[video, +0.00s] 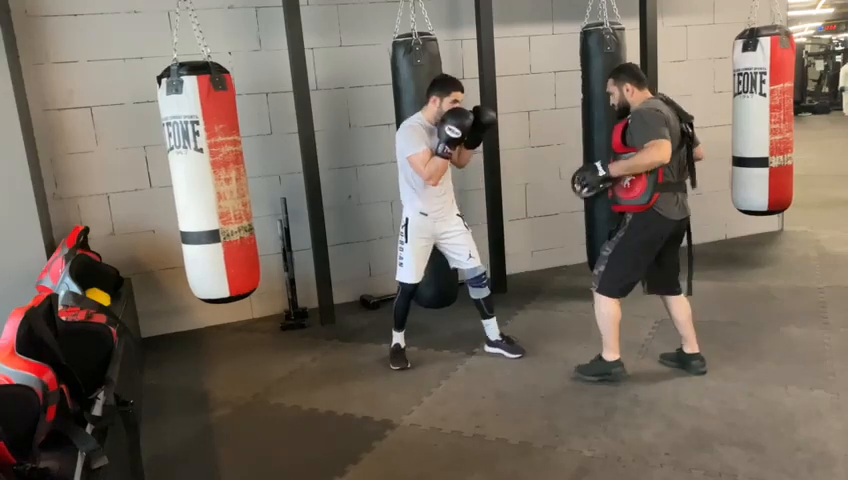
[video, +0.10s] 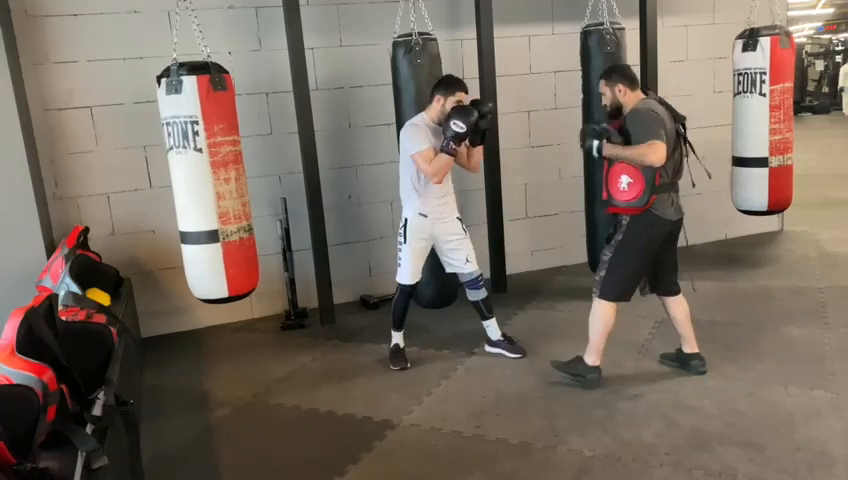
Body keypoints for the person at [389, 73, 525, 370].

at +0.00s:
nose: (457, 109)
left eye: (460, 104)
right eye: (454, 102)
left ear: (445, 102)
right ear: (434, 100)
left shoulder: (445, 127)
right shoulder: (409, 130)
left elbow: (461, 161)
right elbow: (430, 176)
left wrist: (475, 134)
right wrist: (448, 141)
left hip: (449, 217)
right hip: (418, 220)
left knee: (476, 275)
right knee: (408, 285)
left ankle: (494, 338)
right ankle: (397, 344)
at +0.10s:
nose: (460, 111)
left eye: (463, 106)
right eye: (457, 104)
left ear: (453, 104)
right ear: (439, 100)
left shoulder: (448, 128)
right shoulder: (413, 129)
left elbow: (472, 164)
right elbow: (435, 173)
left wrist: (479, 130)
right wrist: (454, 136)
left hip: (449, 219)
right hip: (418, 220)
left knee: (472, 276)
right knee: (407, 285)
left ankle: (495, 338)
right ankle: (396, 343)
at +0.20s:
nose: (464, 114)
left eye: (468, 109)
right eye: (462, 107)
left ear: (457, 108)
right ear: (444, 102)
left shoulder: (451, 132)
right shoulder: (416, 131)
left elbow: (484, 162)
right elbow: (438, 175)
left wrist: (484, 125)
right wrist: (458, 138)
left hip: (449, 221)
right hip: (418, 221)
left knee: (471, 279)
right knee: (410, 288)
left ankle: (495, 338)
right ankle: (396, 344)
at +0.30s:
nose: (462, 116)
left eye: (466, 112)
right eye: (460, 109)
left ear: (455, 109)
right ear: (444, 104)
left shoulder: (450, 132)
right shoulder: (413, 133)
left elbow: (484, 164)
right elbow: (432, 180)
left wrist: (483, 126)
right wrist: (456, 145)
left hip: (449, 221)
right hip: (417, 222)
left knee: (472, 279)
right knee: (408, 288)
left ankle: (495, 338)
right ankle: (389, 346)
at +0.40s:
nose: (460, 121)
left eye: (462, 116)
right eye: (457, 114)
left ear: (448, 113)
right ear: (439, 110)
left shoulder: (445, 137)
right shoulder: (408, 138)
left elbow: (472, 172)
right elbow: (425, 185)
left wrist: (479, 141)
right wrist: (449, 153)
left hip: (444, 223)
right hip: (413, 226)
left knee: (479, 275)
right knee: (401, 290)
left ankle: (495, 338)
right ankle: (381, 350)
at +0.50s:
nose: (456, 126)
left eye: (459, 121)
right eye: (454, 119)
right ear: (436, 114)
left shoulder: (445, 141)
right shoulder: (405, 143)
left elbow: (461, 179)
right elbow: (424, 189)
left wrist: (477, 154)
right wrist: (447, 158)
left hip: (444, 225)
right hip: (411, 228)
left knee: (483, 272)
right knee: (399, 290)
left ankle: (499, 335)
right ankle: (381, 350)